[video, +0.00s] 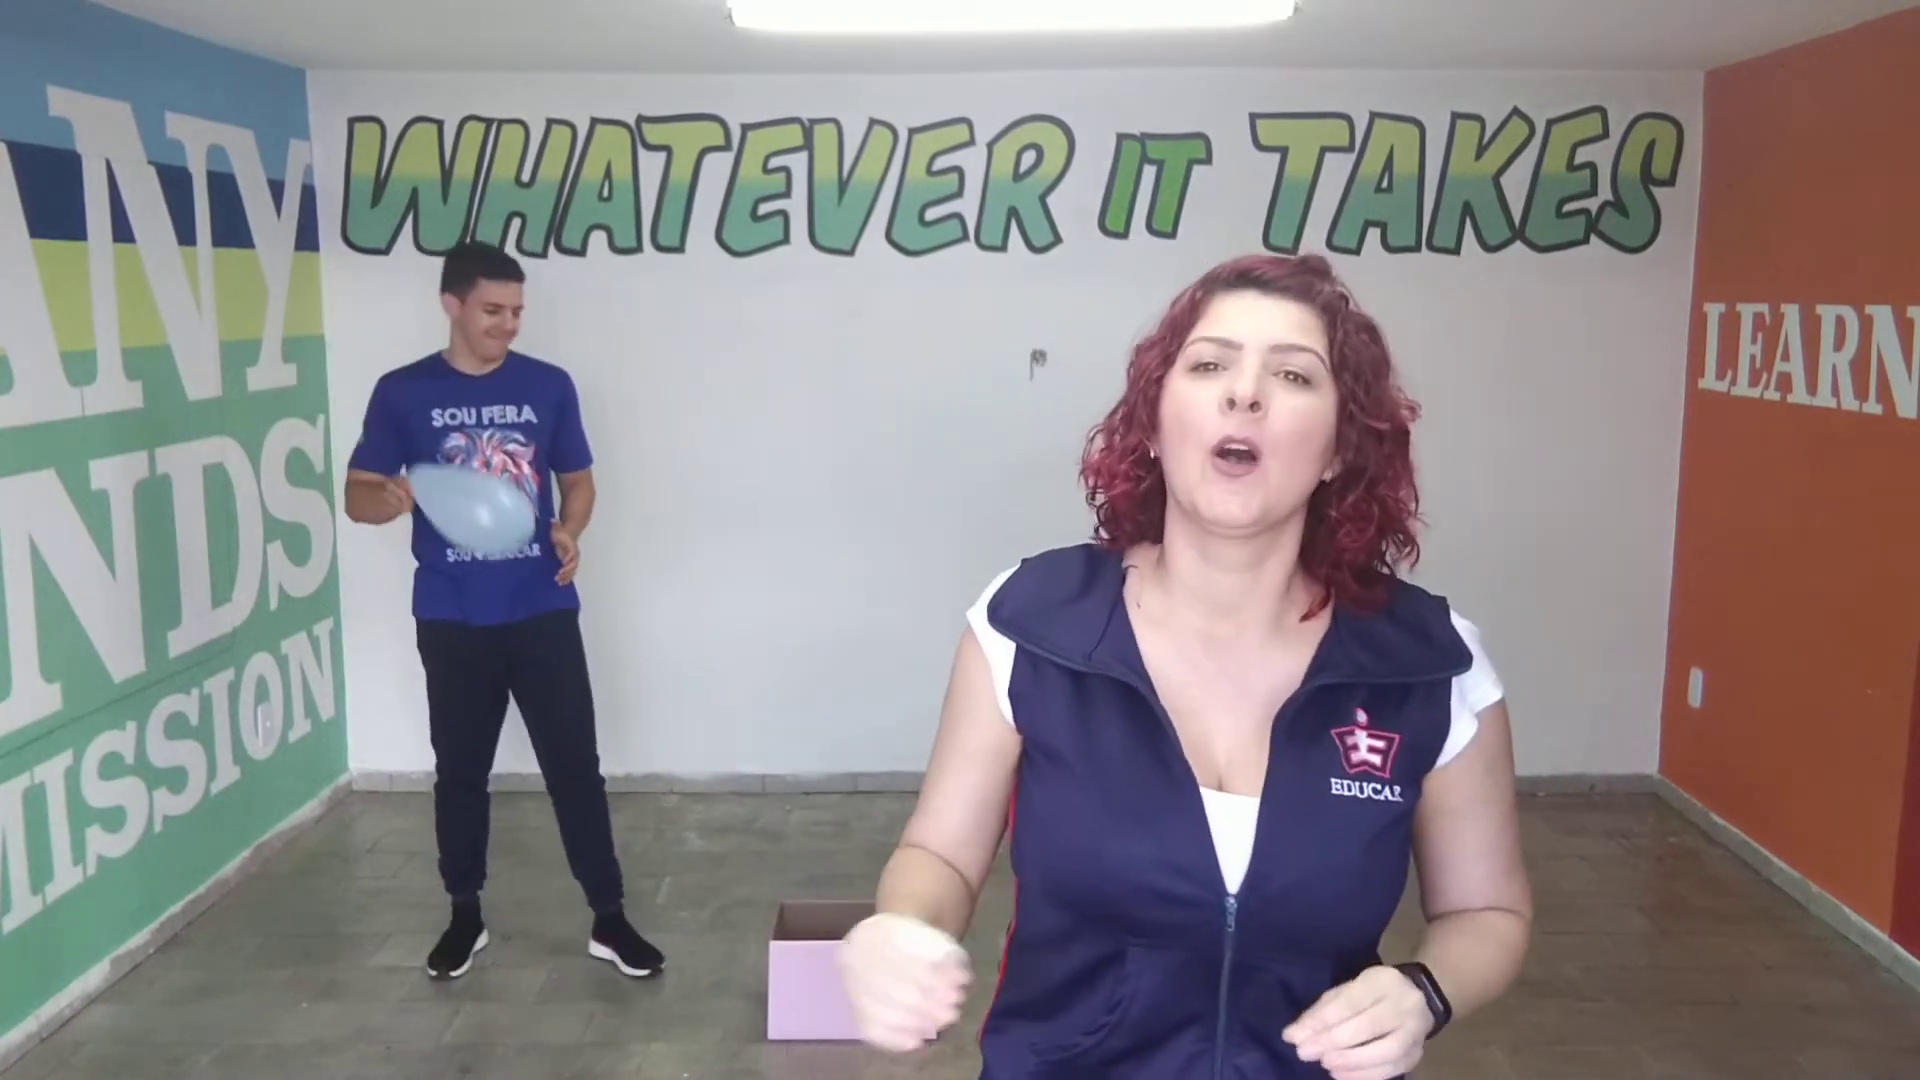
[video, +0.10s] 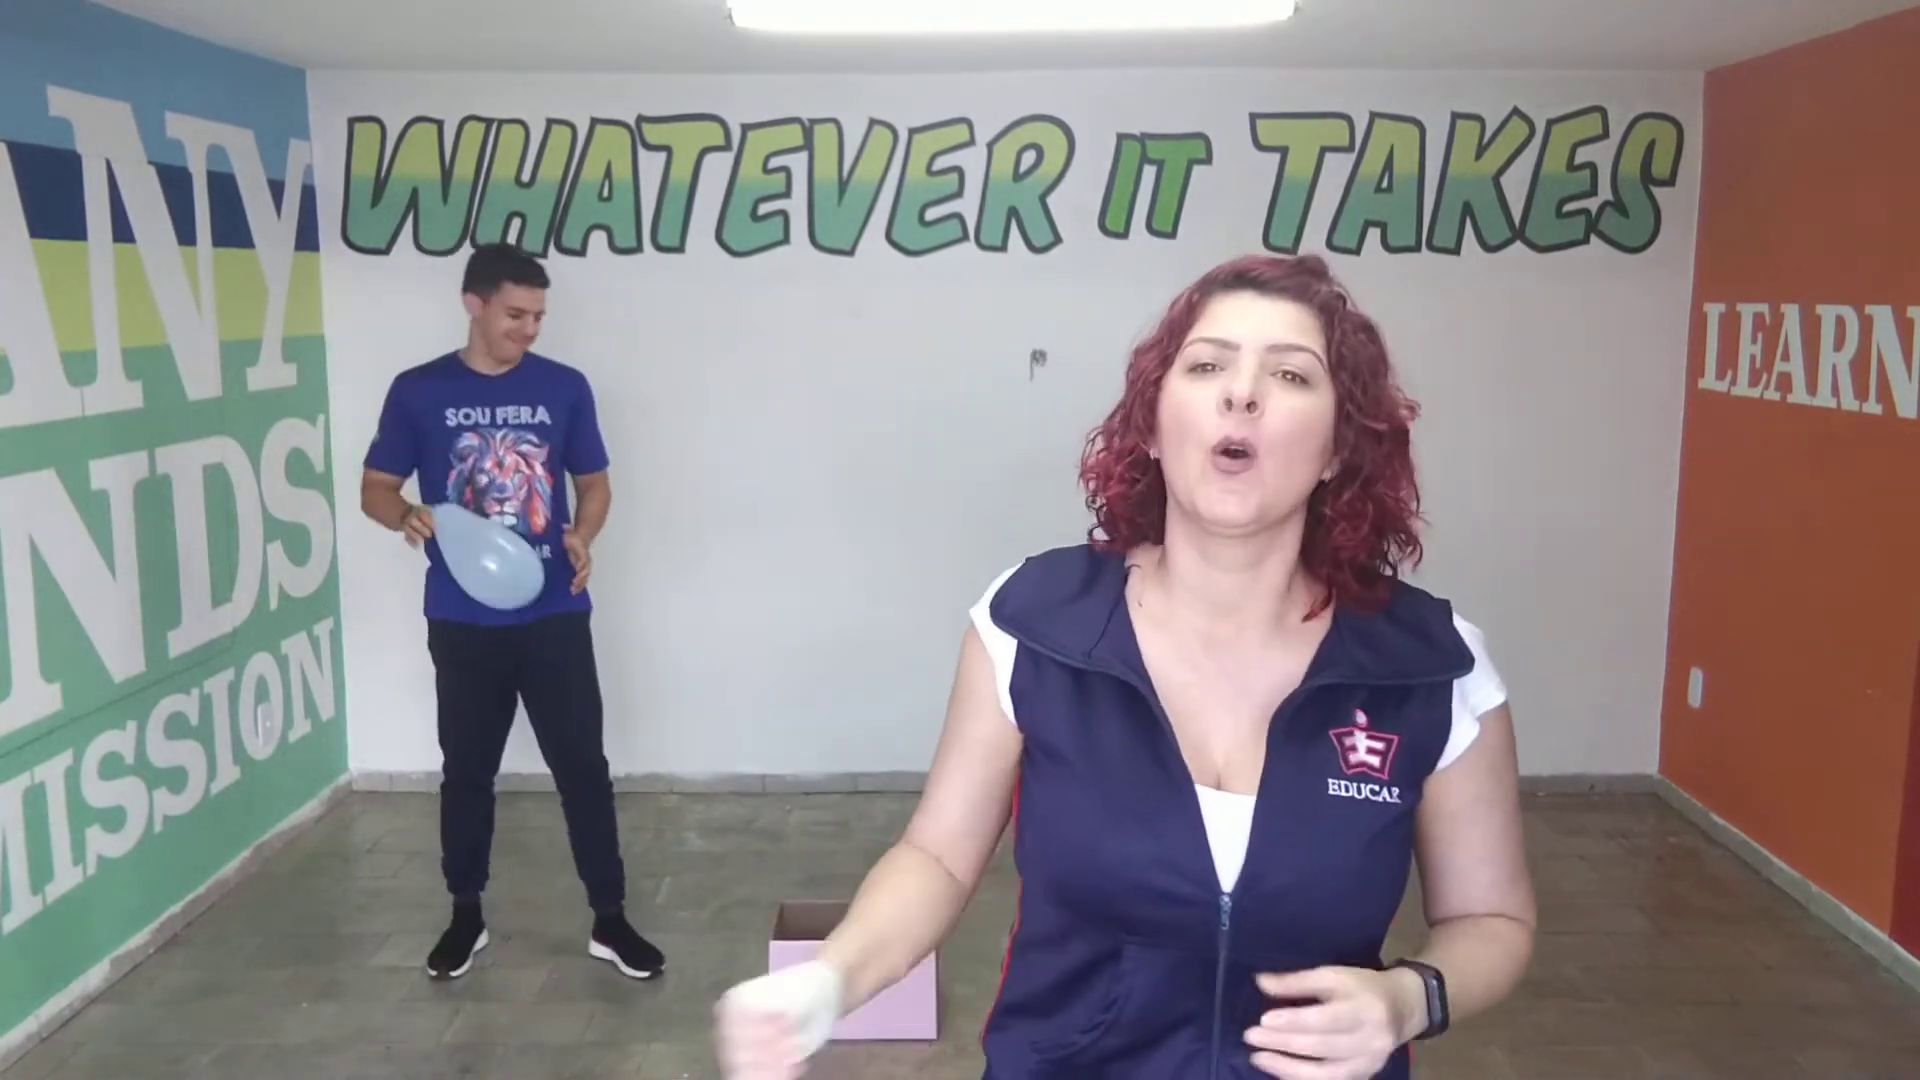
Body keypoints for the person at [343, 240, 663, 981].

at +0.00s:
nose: (506, 323)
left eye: (515, 310)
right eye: (492, 309)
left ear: (521, 311)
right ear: (452, 306)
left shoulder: (548, 387)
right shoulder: (402, 393)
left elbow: (578, 482)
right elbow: (356, 499)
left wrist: (570, 528)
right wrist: (393, 497)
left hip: (542, 615)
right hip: (454, 622)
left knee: (575, 767)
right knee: (460, 774)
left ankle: (609, 917)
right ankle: (465, 914)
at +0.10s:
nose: (527, 328)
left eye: (536, 316)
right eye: (515, 313)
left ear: (542, 316)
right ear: (474, 306)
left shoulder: (564, 389)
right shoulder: (417, 392)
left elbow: (595, 485)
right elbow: (376, 489)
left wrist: (583, 533)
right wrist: (405, 515)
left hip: (553, 618)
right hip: (464, 621)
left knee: (583, 766)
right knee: (467, 774)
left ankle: (610, 919)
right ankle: (466, 915)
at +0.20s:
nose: (547, 327)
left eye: (557, 315)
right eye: (535, 312)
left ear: (563, 317)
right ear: (496, 303)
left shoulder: (581, 391)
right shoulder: (434, 389)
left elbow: (613, 491)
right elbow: (398, 485)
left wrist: (595, 545)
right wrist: (429, 522)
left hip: (566, 619)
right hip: (477, 622)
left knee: (591, 769)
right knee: (474, 773)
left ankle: (610, 920)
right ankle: (467, 915)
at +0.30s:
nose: (569, 328)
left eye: (579, 315)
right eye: (558, 312)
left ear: (586, 317)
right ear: (518, 303)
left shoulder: (601, 393)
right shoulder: (455, 387)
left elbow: (628, 492)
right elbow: (418, 479)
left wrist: (604, 551)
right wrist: (449, 528)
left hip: (579, 621)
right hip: (489, 623)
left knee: (598, 771)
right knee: (480, 773)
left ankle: (610, 921)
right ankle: (468, 914)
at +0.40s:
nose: (589, 331)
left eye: (599, 319)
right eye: (578, 315)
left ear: (605, 319)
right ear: (538, 304)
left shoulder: (620, 394)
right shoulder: (475, 383)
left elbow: (643, 495)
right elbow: (435, 476)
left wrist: (616, 553)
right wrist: (466, 531)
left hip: (592, 619)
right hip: (502, 619)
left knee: (604, 770)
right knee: (484, 768)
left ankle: (612, 920)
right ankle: (468, 911)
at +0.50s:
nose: (611, 341)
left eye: (621, 328)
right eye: (601, 325)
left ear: (626, 322)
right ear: (561, 307)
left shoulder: (640, 395)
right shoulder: (495, 379)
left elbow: (661, 497)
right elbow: (451, 472)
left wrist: (630, 559)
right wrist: (478, 533)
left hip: (605, 617)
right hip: (516, 614)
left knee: (611, 770)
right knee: (489, 766)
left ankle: (612, 920)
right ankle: (467, 909)